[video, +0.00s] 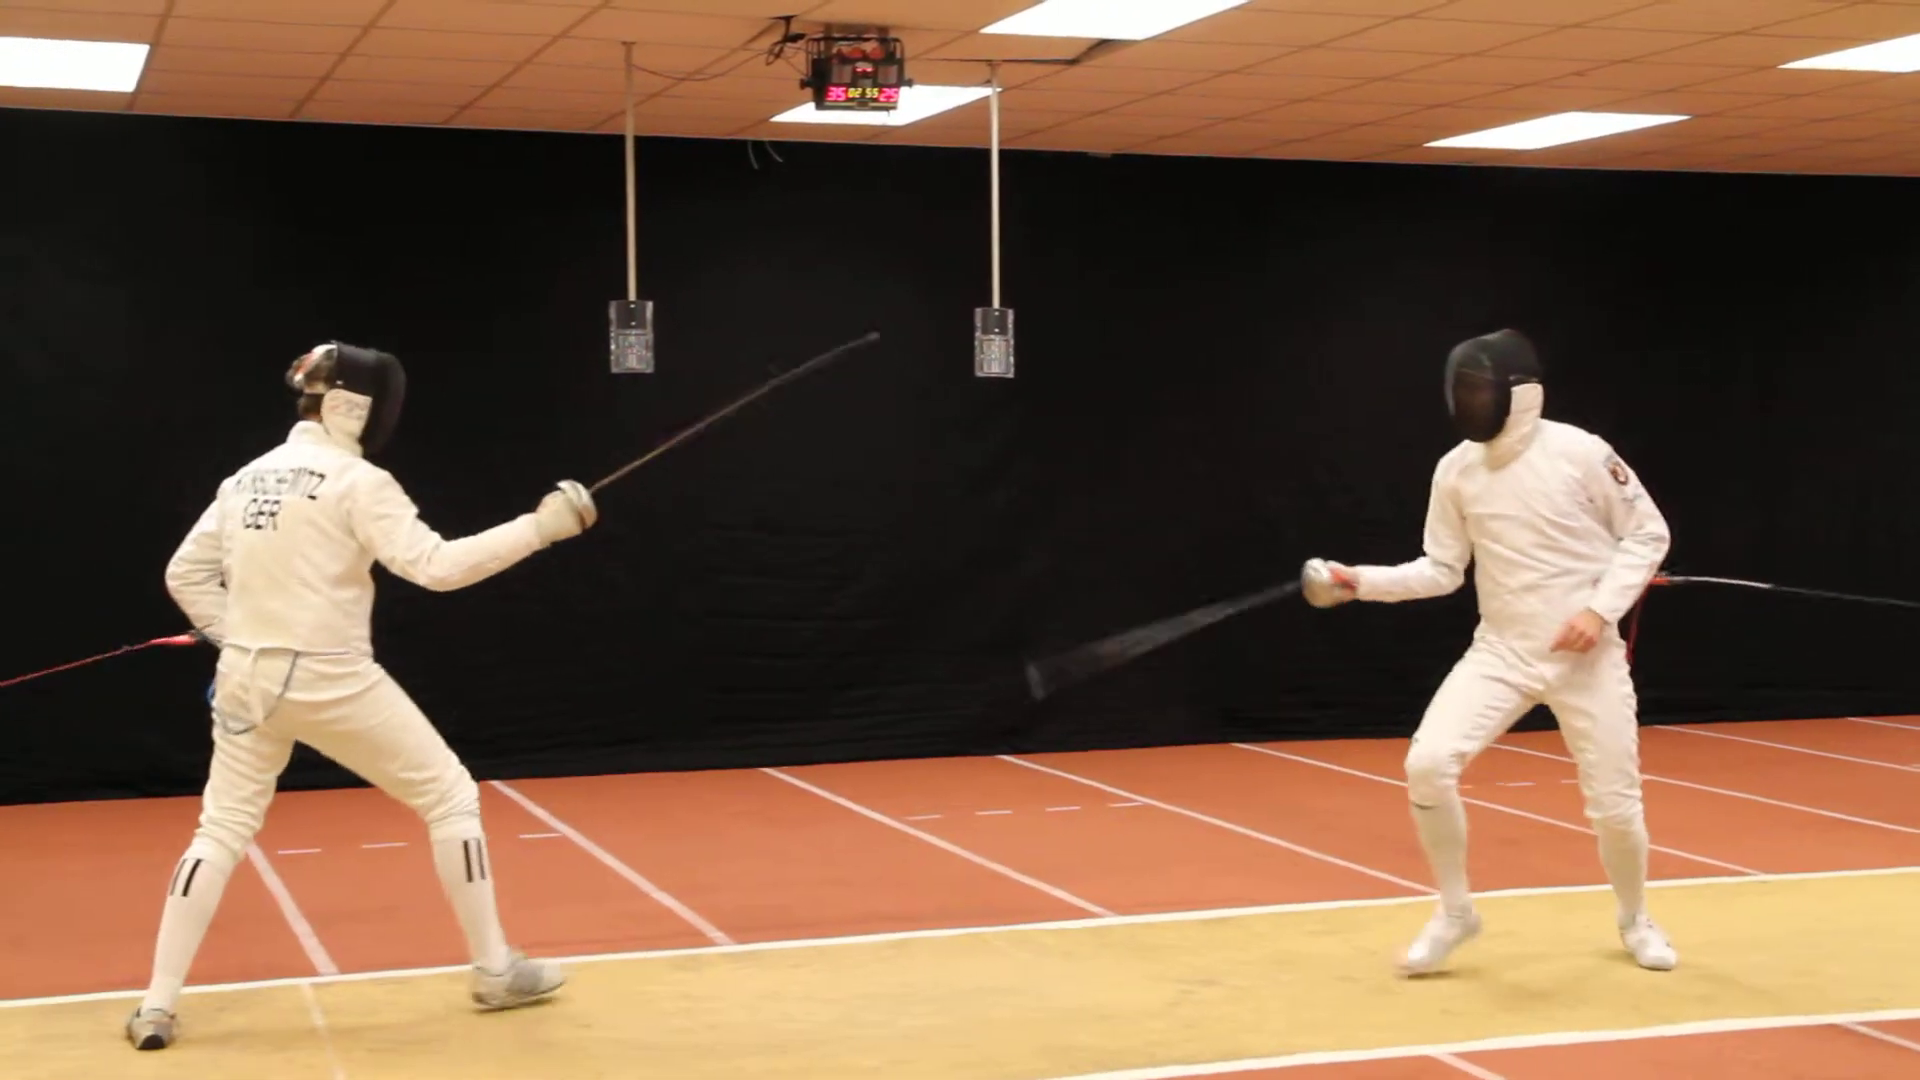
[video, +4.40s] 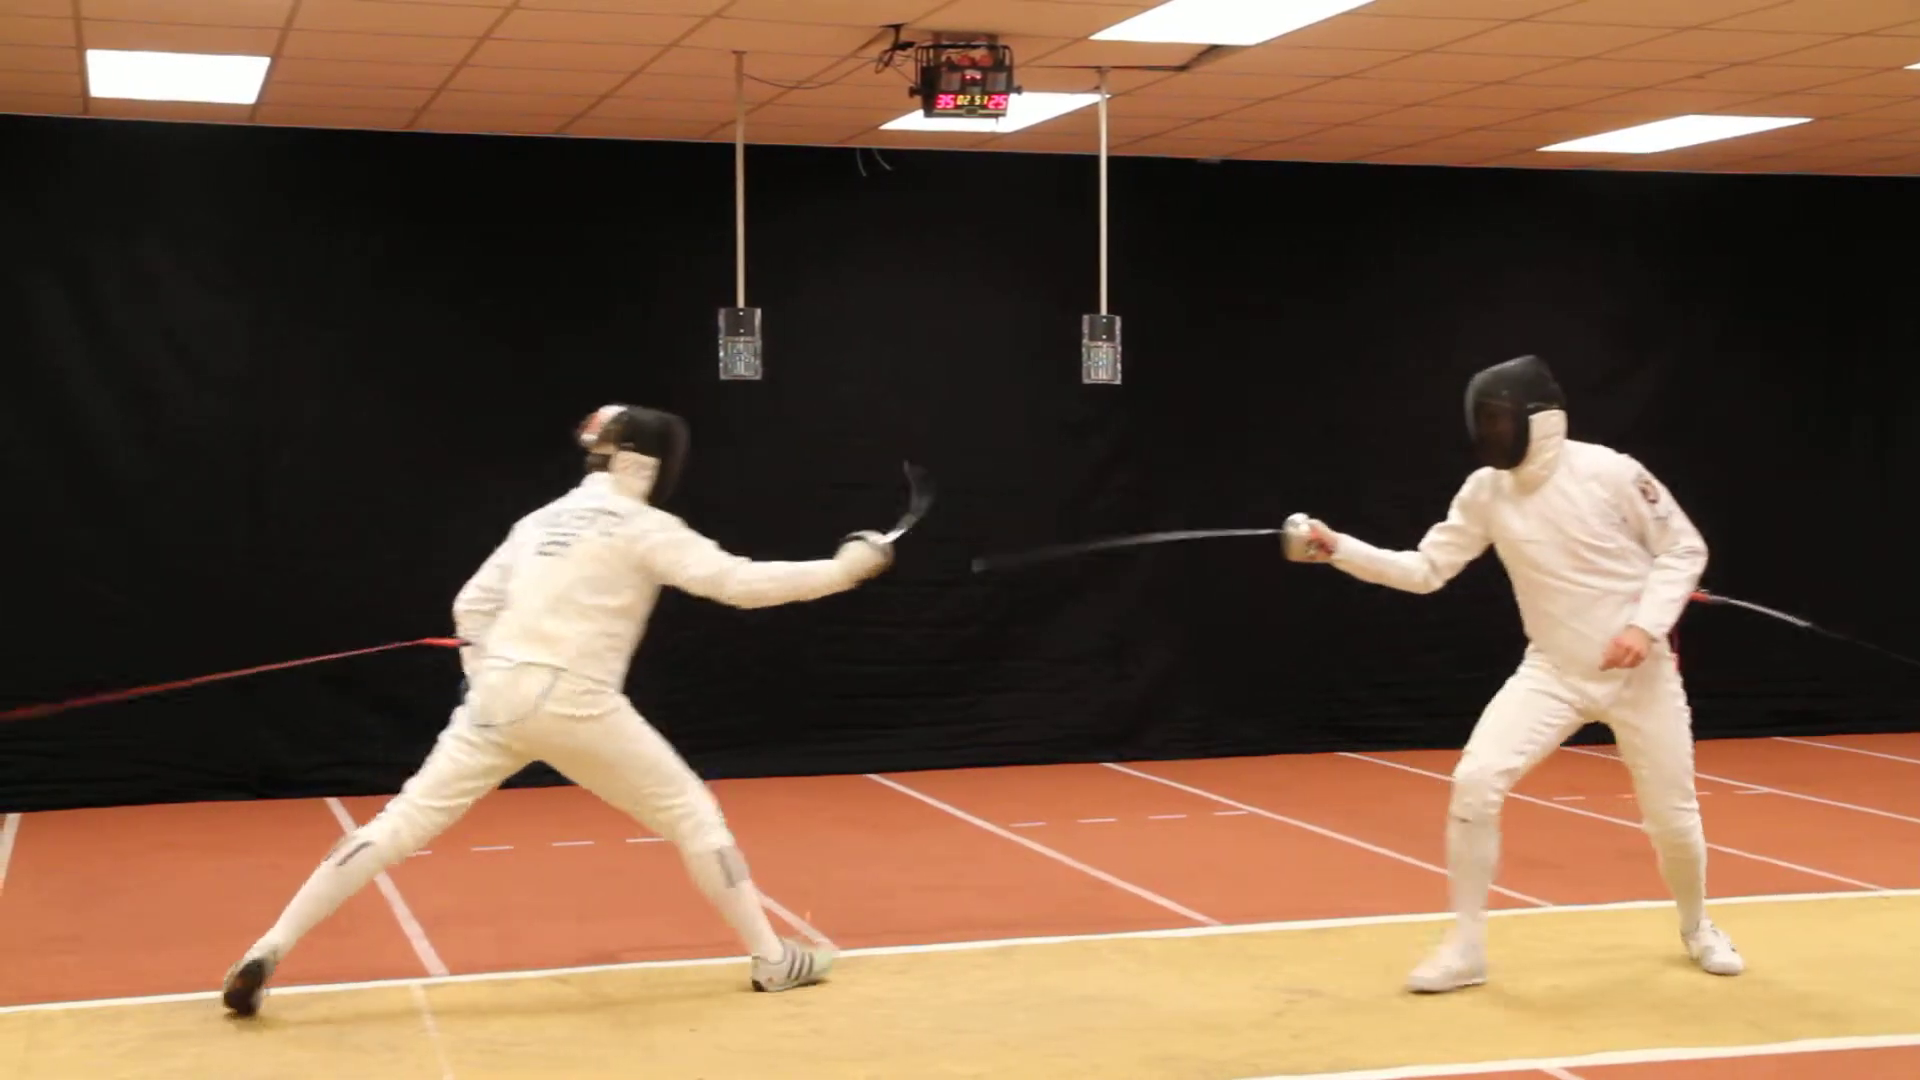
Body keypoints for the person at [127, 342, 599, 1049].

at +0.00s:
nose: (379, 417)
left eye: (377, 405)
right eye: (374, 404)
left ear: (308, 401)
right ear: (350, 405)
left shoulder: (244, 481)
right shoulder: (357, 480)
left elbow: (185, 574)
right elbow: (435, 565)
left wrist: (246, 645)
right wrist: (543, 524)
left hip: (243, 681)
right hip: (334, 679)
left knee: (220, 830)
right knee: (448, 796)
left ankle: (157, 1004)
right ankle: (495, 969)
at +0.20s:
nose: (456, 437)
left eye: (455, 424)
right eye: (453, 425)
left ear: (383, 416)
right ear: (435, 425)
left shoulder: (321, 491)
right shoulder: (429, 498)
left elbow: (260, 584)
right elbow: (504, 583)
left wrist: (315, 653)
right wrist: (616, 567)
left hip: (307, 689)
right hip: (394, 690)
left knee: (269, 838)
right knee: (505, 813)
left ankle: (182, 1005)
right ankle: (548, 980)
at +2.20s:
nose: (404, 456)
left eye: (403, 444)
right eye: (398, 443)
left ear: (343, 440)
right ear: (373, 442)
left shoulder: (278, 513)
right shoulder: (380, 515)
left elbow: (217, 601)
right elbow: (462, 589)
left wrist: (266, 671)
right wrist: (573, 564)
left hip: (264, 708)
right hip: (349, 707)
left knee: (253, 853)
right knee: (478, 805)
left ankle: (179, 1002)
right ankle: (515, 974)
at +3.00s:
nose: (482, 468)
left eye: (477, 453)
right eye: (478, 456)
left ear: (413, 450)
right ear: (458, 460)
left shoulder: (354, 517)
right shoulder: (442, 532)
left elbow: (300, 603)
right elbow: (526, 607)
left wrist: (327, 675)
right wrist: (638, 581)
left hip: (322, 708)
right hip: (400, 712)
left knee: (280, 854)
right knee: (531, 810)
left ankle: (178, 996)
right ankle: (603, 965)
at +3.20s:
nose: (541, 461)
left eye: (528, 444)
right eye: (539, 448)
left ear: (496, 444)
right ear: (533, 454)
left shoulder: (430, 510)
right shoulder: (525, 523)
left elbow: (368, 595)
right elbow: (616, 594)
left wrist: (399, 670)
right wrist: (730, 579)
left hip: (385, 695)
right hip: (469, 704)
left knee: (334, 842)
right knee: (589, 802)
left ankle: (212, 977)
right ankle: (618, 967)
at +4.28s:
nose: (560, 468)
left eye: (555, 453)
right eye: (563, 457)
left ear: (533, 458)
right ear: (564, 465)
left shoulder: (477, 524)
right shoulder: (560, 531)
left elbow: (421, 611)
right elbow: (650, 606)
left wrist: (452, 679)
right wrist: (762, 592)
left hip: (435, 708)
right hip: (516, 707)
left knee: (361, 848)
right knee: (653, 777)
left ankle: (242, 984)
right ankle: (696, 939)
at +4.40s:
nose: (656, 473)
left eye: (633, 456)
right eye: (659, 463)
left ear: (599, 458)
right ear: (655, 467)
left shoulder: (541, 521)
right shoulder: (646, 529)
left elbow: (473, 604)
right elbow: (737, 581)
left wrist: (494, 673)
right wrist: (844, 568)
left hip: (495, 692)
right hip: (579, 701)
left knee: (397, 827)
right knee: (689, 813)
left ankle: (267, 951)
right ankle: (770, 956)